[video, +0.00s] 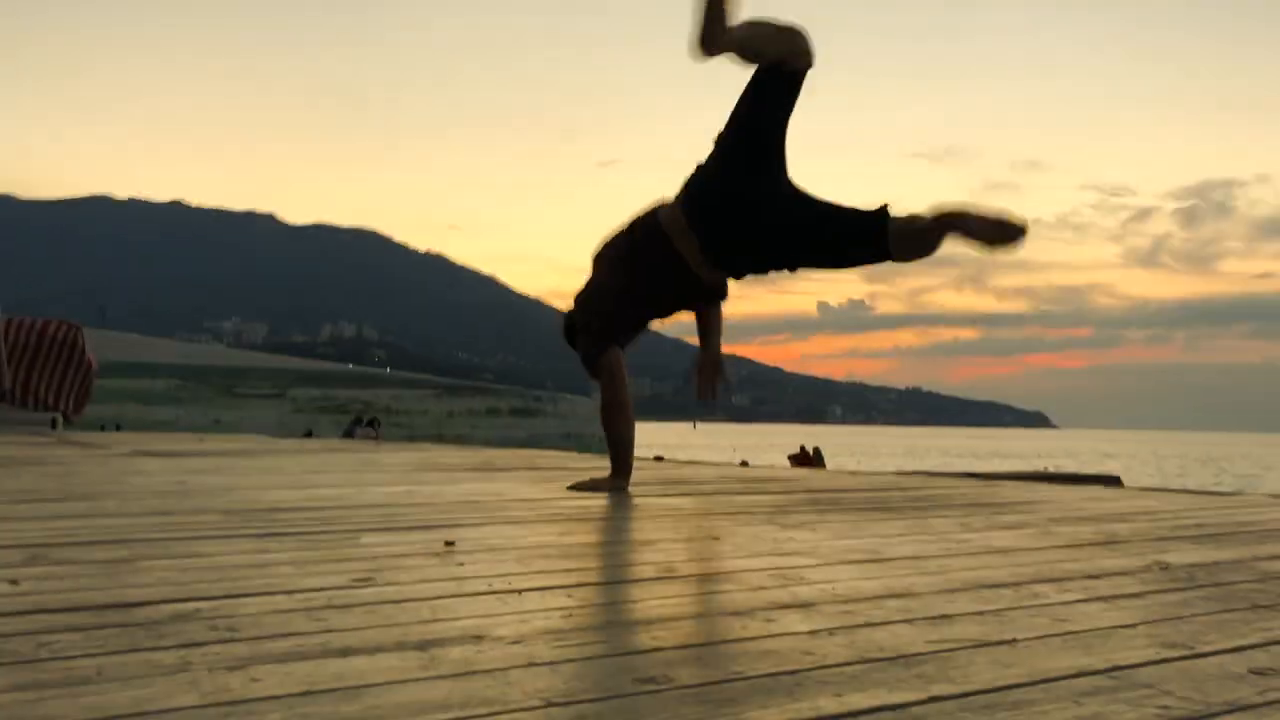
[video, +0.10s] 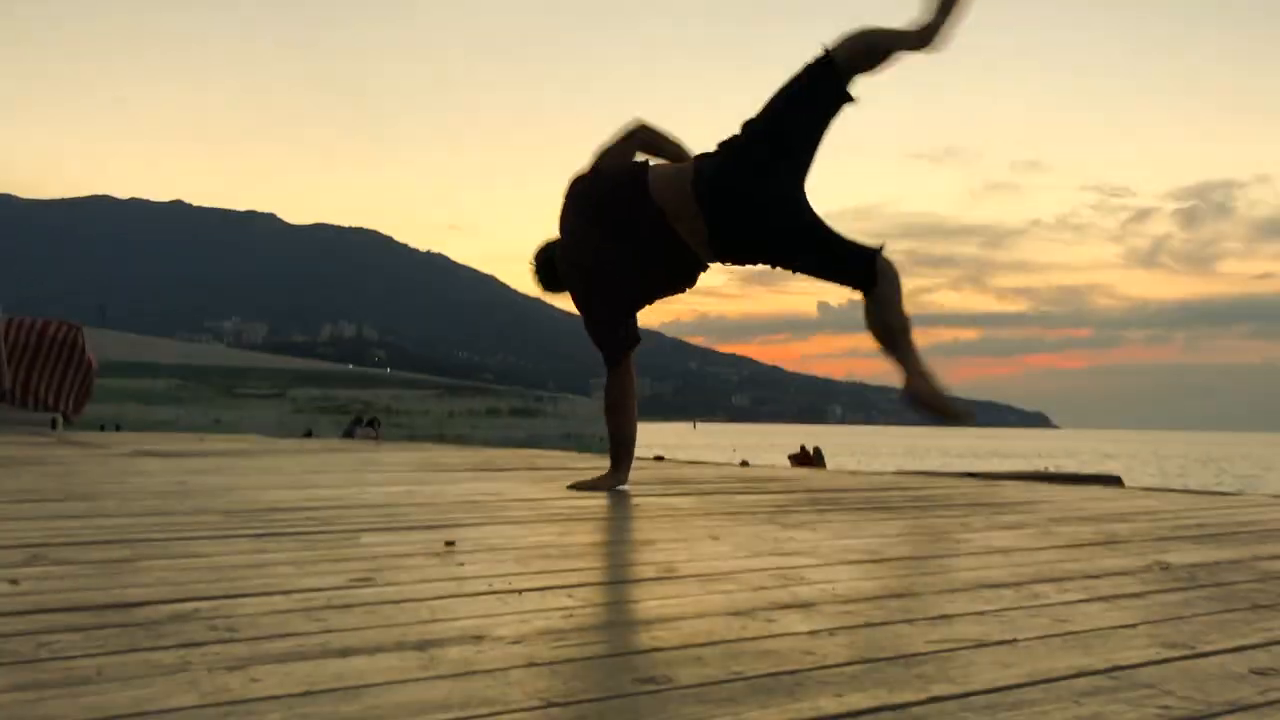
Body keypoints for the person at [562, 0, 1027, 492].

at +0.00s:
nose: (597, 357)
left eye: (586, 352)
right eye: (592, 351)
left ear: (579, 331)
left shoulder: (589, 321)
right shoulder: (633, 267)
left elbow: (615, 398)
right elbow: (704, 280)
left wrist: (618, 477)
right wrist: (711, 356)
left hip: (743, 239)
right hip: (729, 183)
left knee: (894, 240)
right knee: (793, 54)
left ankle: (952, 223)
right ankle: (719, 37)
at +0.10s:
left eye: (574, 290)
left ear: (564, 287)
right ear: (563, 242)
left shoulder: (601, 299)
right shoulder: (584, 195)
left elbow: (620, 389)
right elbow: (636, 130)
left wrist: (618, 471)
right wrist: (696, 167)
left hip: (746, 233)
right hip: (740, 166)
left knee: (876, 273)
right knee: (836, 64)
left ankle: (919, 381)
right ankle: (920, 35)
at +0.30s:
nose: (582, 147)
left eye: (573, 142)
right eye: (570, 146)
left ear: (569, 163)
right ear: (561, 167)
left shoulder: (609, 194)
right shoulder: (591, 209)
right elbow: (580, 244)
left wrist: (655, 192)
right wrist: (574, 238)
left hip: (767, 281)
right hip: (763, 288)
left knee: (863, 350)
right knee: (866, 207)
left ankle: (802, 455)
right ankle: (971, 255)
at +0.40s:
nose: (614, 175)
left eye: (606, 167)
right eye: (606, 175)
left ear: (594, 173)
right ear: (588, 190)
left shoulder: (601, 177)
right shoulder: (597, 264)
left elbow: (595, 89)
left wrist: (584, 21)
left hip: (748, 302)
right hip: (735, 334)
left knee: (843, 252)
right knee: (837, 356)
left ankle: (930, 327)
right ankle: (796, 461)